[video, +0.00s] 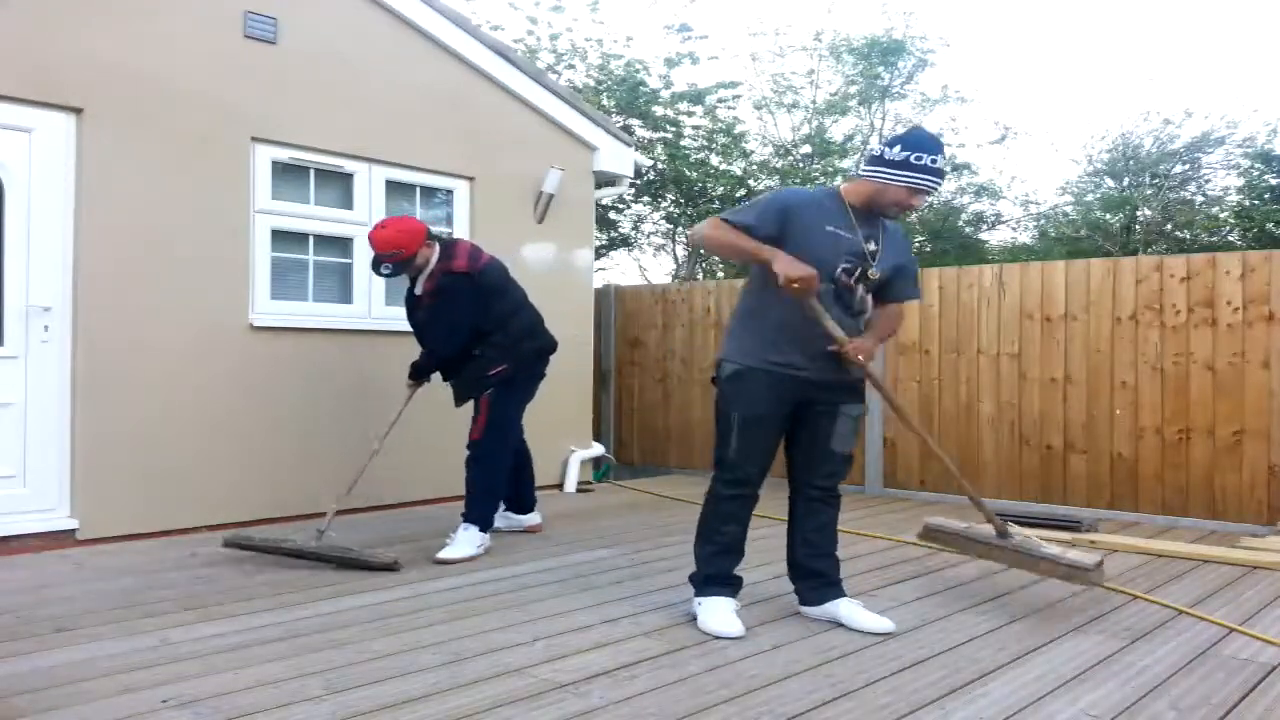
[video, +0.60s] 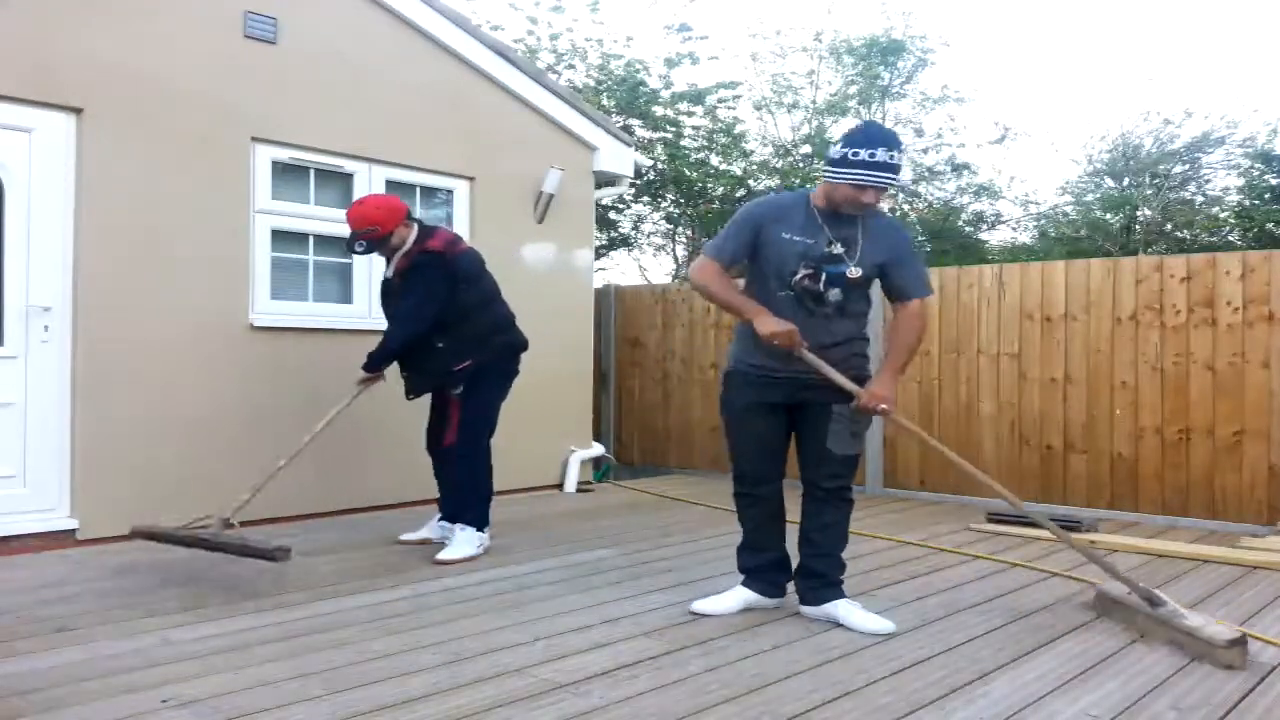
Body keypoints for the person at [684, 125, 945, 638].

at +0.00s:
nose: (917, 204)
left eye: (923, 195)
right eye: (915, 191)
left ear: (900, 184)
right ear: (887, 175)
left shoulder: (892, 241)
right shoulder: (794, 206)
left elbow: (890, 310)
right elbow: (708, 232)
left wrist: (872, 340)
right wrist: (774, 256)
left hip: (833, 381)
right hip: (759, 369)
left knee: (820, 490)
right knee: (737, 482)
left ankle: (820, 594)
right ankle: (714, 592)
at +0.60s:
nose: (874, 198)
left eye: (882, 188)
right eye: (865, 186)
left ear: (887, 183)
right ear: (835, 173)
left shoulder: (888, 236)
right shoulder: (768, 213)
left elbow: (912, 309)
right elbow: (702, 270)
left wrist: (887, 377)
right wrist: (759, 315)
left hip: (838, 386)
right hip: (758, 378)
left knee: (831, 489)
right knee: (755, 484)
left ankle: (822, 593)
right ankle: (762, 583)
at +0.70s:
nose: (822, 190)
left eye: (836, 180)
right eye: (812, 177)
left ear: (856, 179)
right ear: (796, 169)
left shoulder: (877, 229)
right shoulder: (752, 215)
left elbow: (913, 298)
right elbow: (692, 270)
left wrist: (877, 363)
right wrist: (739, 298)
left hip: (836, 381)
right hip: (756, 378)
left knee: (830, 489)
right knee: (756, 484)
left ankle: (822, 593)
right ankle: (762, 584)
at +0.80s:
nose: (794, 185)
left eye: (807, 177)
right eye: (787, 174)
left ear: (835, 175)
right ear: (777, 167)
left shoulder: (869, 226)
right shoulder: (742, 216)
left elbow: (908, 292)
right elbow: (681, 266)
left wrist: (858, 349)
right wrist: (716, 286)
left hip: (830, 380)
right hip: (753, 377)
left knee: (828, 488)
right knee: (755, 484)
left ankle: (822, 593)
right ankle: (762, 584)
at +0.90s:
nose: (766, 183)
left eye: (778, 173)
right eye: (759, 172)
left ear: (809, 170)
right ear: (751, 169)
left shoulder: (852, 222)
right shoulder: (731, 216)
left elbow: (884, 292)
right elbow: (668, 255)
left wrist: (803, 330)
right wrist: (680, 270)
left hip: (826, 377)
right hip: (746, 373)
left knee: (829, 485)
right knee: (752, 482)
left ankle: (823, 593)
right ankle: (762, 584)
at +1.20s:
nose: (736, 184)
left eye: (747, 173)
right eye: (730, 174)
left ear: (779, 168)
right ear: (726, 173)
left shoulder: (820, 219)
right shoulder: (741, 214)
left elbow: (818, 296)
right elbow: (731, 250)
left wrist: (736, 327)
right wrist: (689, 260)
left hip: (810, 372)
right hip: (753, 370)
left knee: (819, 482)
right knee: (758, 482)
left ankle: (848, 589)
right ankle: (764, 585)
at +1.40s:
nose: (727, 193)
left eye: (734, 182)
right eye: (721, 183)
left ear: (765, 172)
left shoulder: (802, 220)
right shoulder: (766, 217)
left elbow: (789, 307)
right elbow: (765, 267)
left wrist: (735, 334)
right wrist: (740, 279)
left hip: (819, 367)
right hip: (777, 364)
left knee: (814, 479)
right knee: (771, 478)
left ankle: (835, 593)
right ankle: (765, 584)